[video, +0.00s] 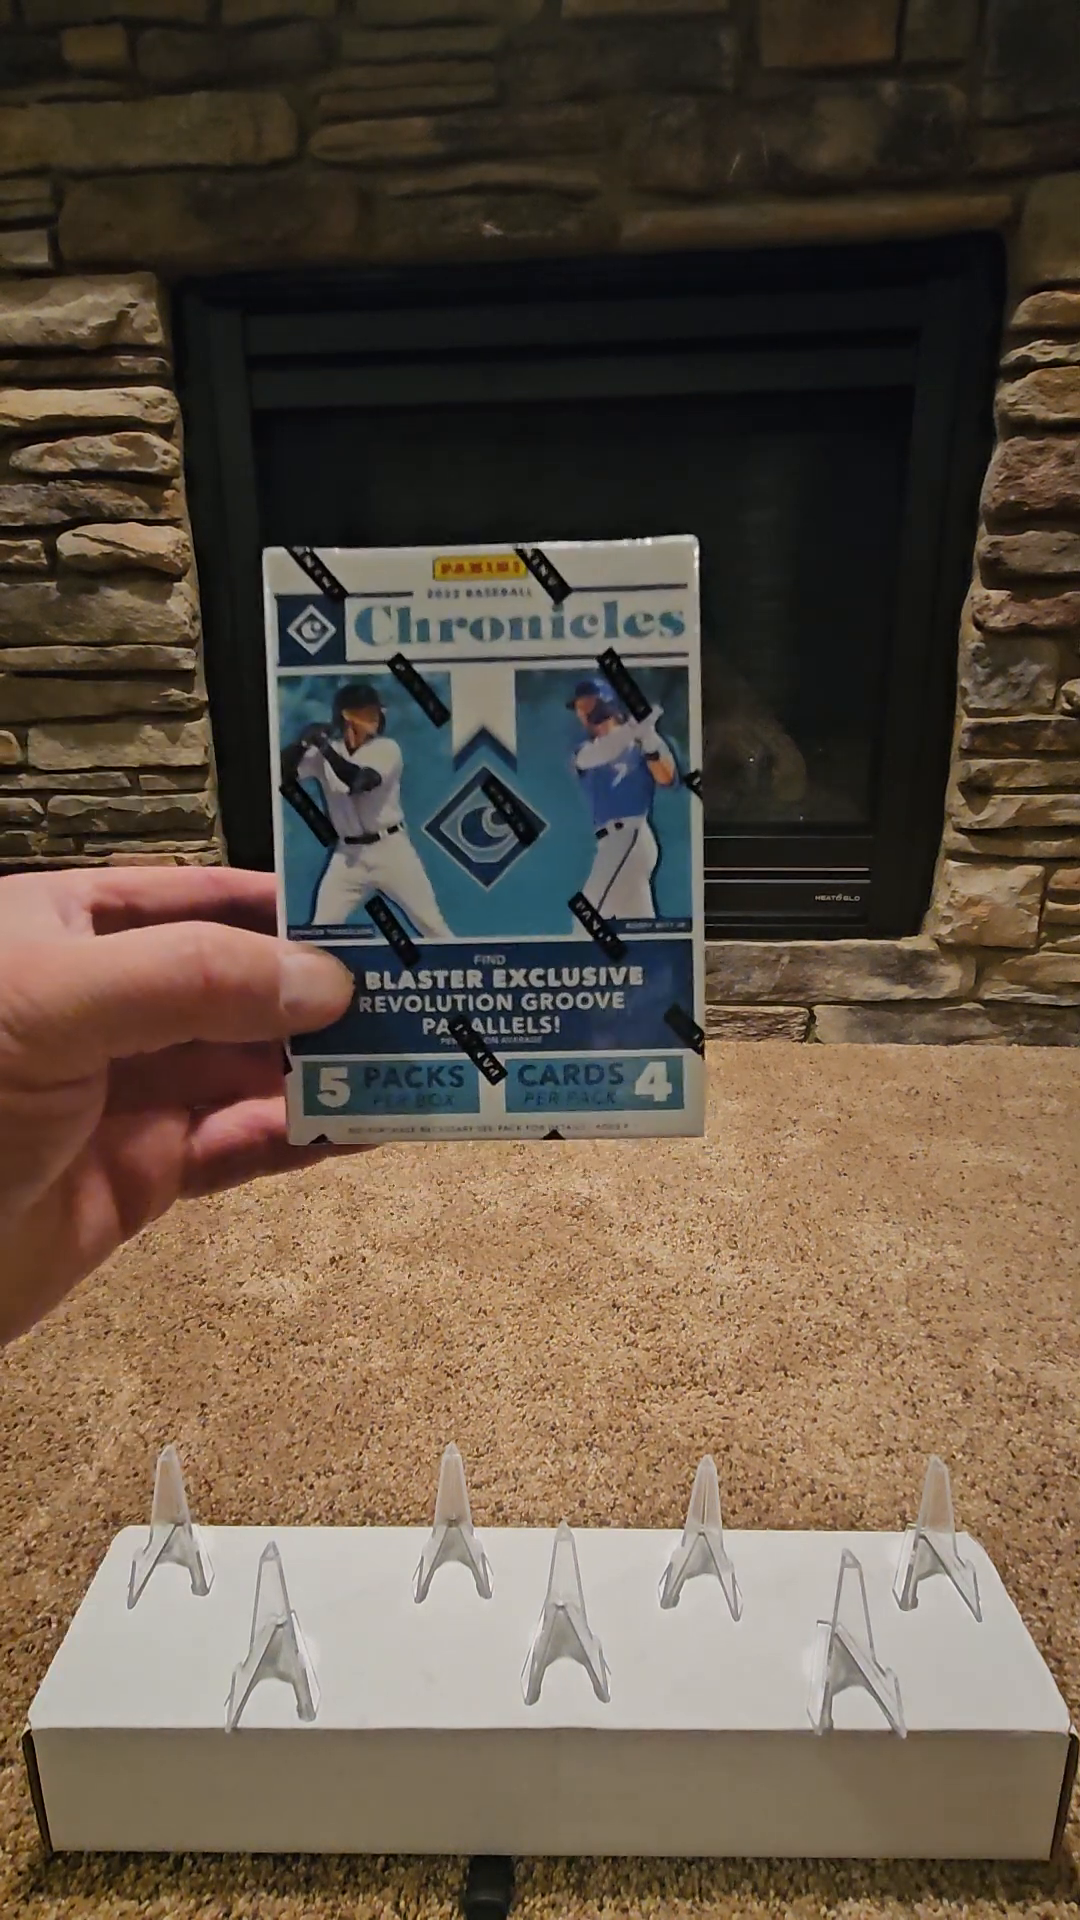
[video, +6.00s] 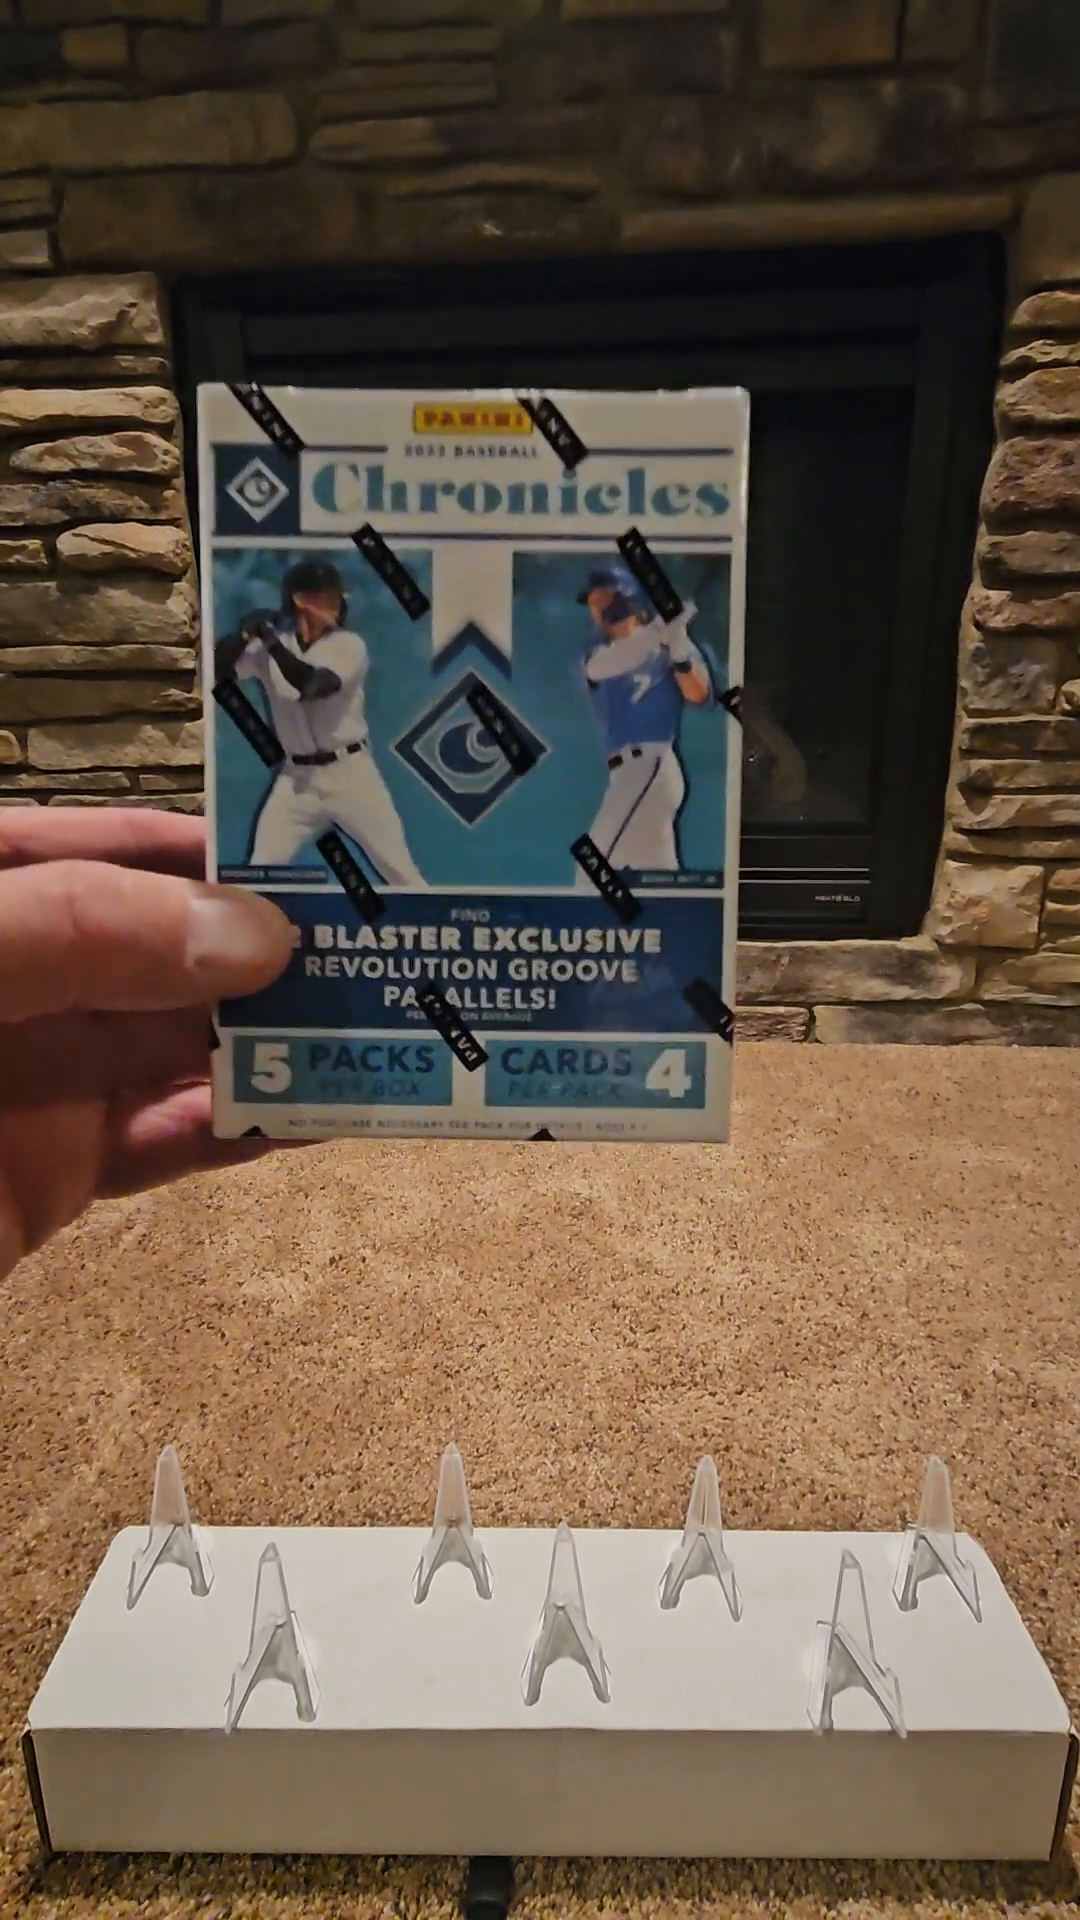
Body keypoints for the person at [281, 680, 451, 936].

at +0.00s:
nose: (375, 716)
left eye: (376, 710)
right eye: (366, 710)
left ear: (380, 713)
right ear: (347, 716)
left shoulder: (386, 748)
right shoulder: (322, 755)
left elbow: (358, 782)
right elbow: (281, 775)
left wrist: (324, 747)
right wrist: (302, 744)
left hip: (392, 851)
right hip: (347, 856)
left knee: (431, 925)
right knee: (322, 932)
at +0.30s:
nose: (398, 675)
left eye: (399, 669)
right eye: (389, 669)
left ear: (403, 673)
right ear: (368, 675)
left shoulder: (409, 712)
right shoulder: (341, 717)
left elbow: (380, 748)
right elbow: (299, 736)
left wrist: (343, 709)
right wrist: (320, 704)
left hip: (413, 822)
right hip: (366, 826)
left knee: (454, 904)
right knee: (336, 908)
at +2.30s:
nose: (387, 683)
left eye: (388, 677)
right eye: (378, 676)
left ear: (391, 681)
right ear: (355, 681)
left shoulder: (397, 720)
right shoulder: (326, 724)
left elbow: (364, 755)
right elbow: (281, 739)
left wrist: (328, 715)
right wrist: (304, 712)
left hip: (397, 833)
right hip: (348, 836)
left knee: (439, 916)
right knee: (317, 920)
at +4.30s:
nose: (379, 686)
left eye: (379, 680)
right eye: (369, 681)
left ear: (382, 686)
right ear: (346, 688)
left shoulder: (389, 725)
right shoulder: (319, 731)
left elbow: (356, 762)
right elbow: (276, 752)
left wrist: (319, 721)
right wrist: (297, 719)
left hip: (393, 838)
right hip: (343, 842)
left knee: (435, 920)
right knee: (313, 926)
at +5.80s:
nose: (371, 651)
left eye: (371, 644)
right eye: (361, 644)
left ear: (375, 649)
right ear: (335, 650)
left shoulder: (381, 693)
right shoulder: (303, 699)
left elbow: (344, 731)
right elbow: (255, 716)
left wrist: (307, 689)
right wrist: (282, 683)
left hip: (384, 816)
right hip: (330, 820)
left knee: (428, 906)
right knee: (297, 912)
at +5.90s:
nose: (349, 622)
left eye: (350, 615)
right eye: (339, 615)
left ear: (353, 620)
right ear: (313, 620)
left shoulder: (360, 665)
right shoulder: (281, 669)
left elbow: (324, 705)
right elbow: (231, 690)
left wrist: (283, 660)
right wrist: (258, 654)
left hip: (363, 792)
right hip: (308, 796)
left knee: (411, 887)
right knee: (275, 889)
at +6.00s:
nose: (336, 601)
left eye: (337, 594)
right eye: (326, 594)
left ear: (340, 599)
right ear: (300, 601)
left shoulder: (349, 645)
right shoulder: (266, 650)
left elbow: (311, 686)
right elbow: (216, 669)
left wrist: (270, 641)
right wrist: (243, 635)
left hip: (352, 774)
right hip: (296, 779)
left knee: (400, 871)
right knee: (261, 875)